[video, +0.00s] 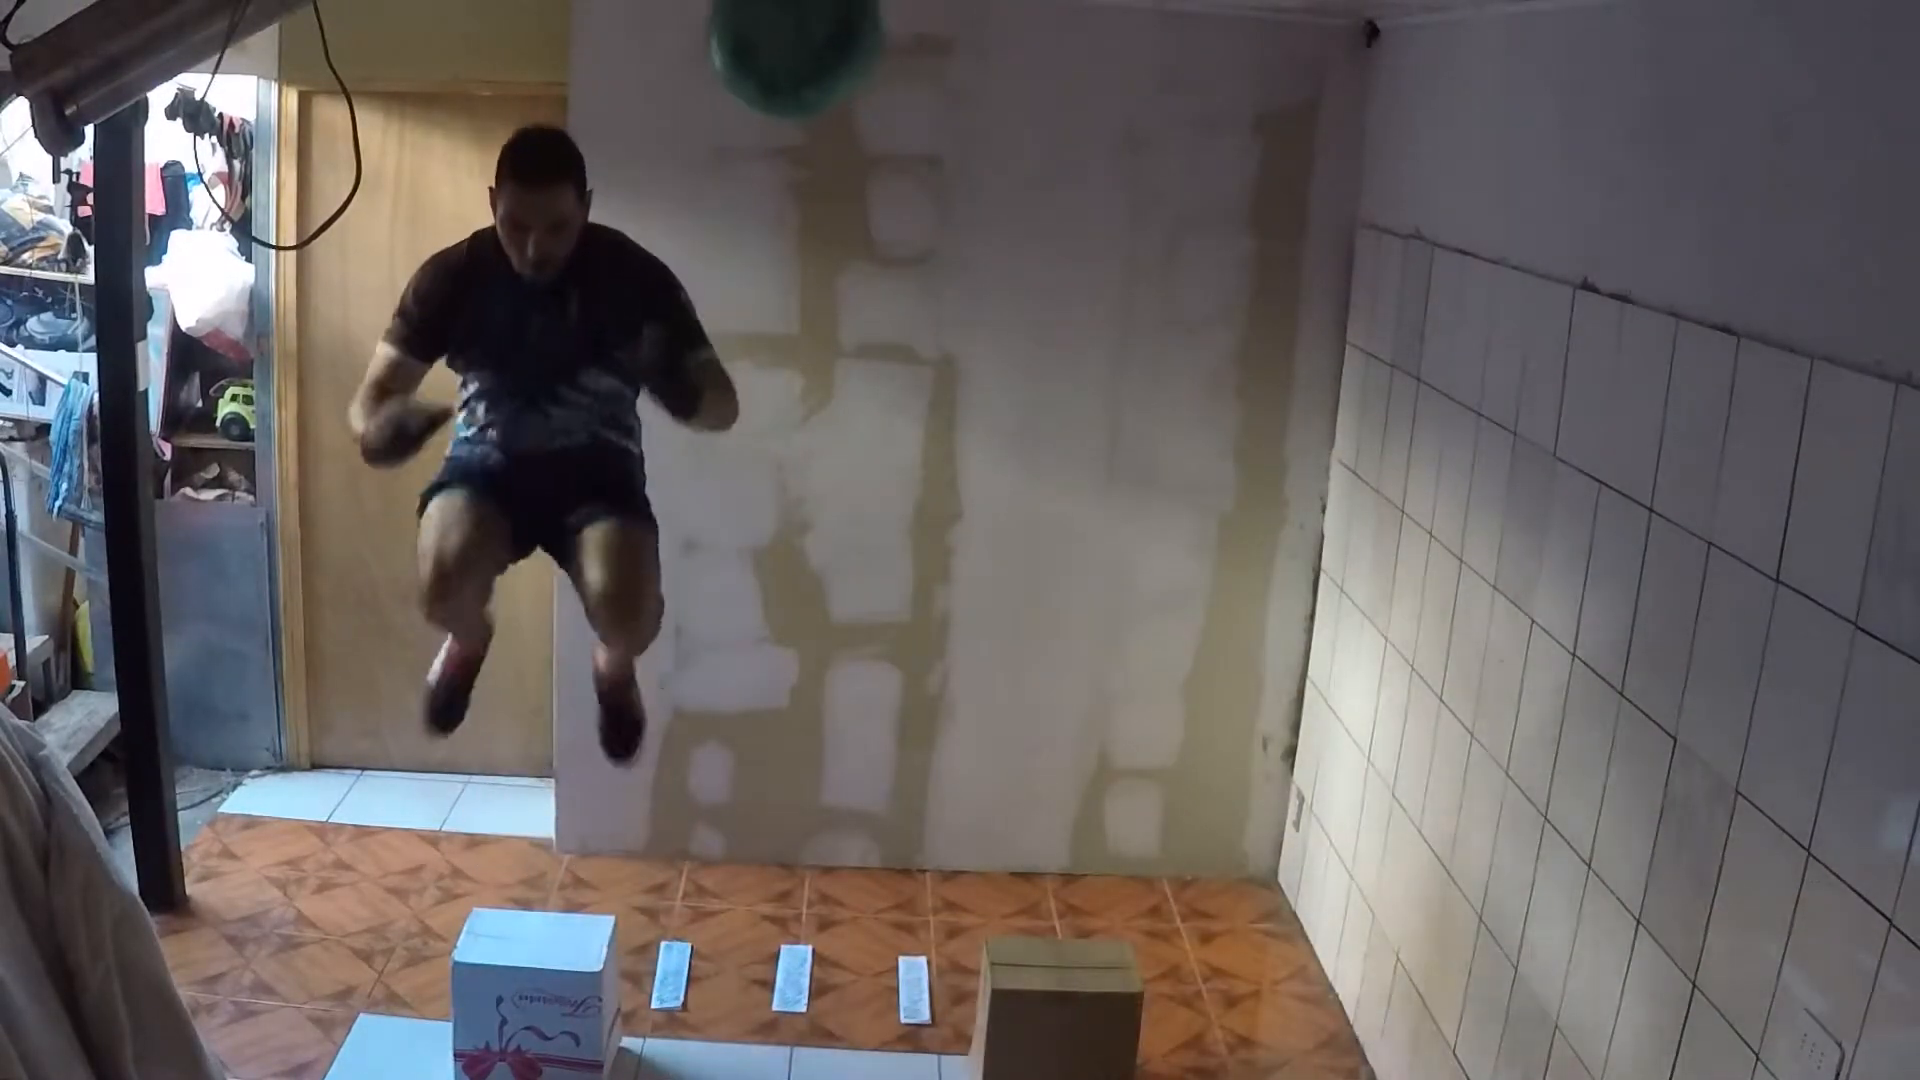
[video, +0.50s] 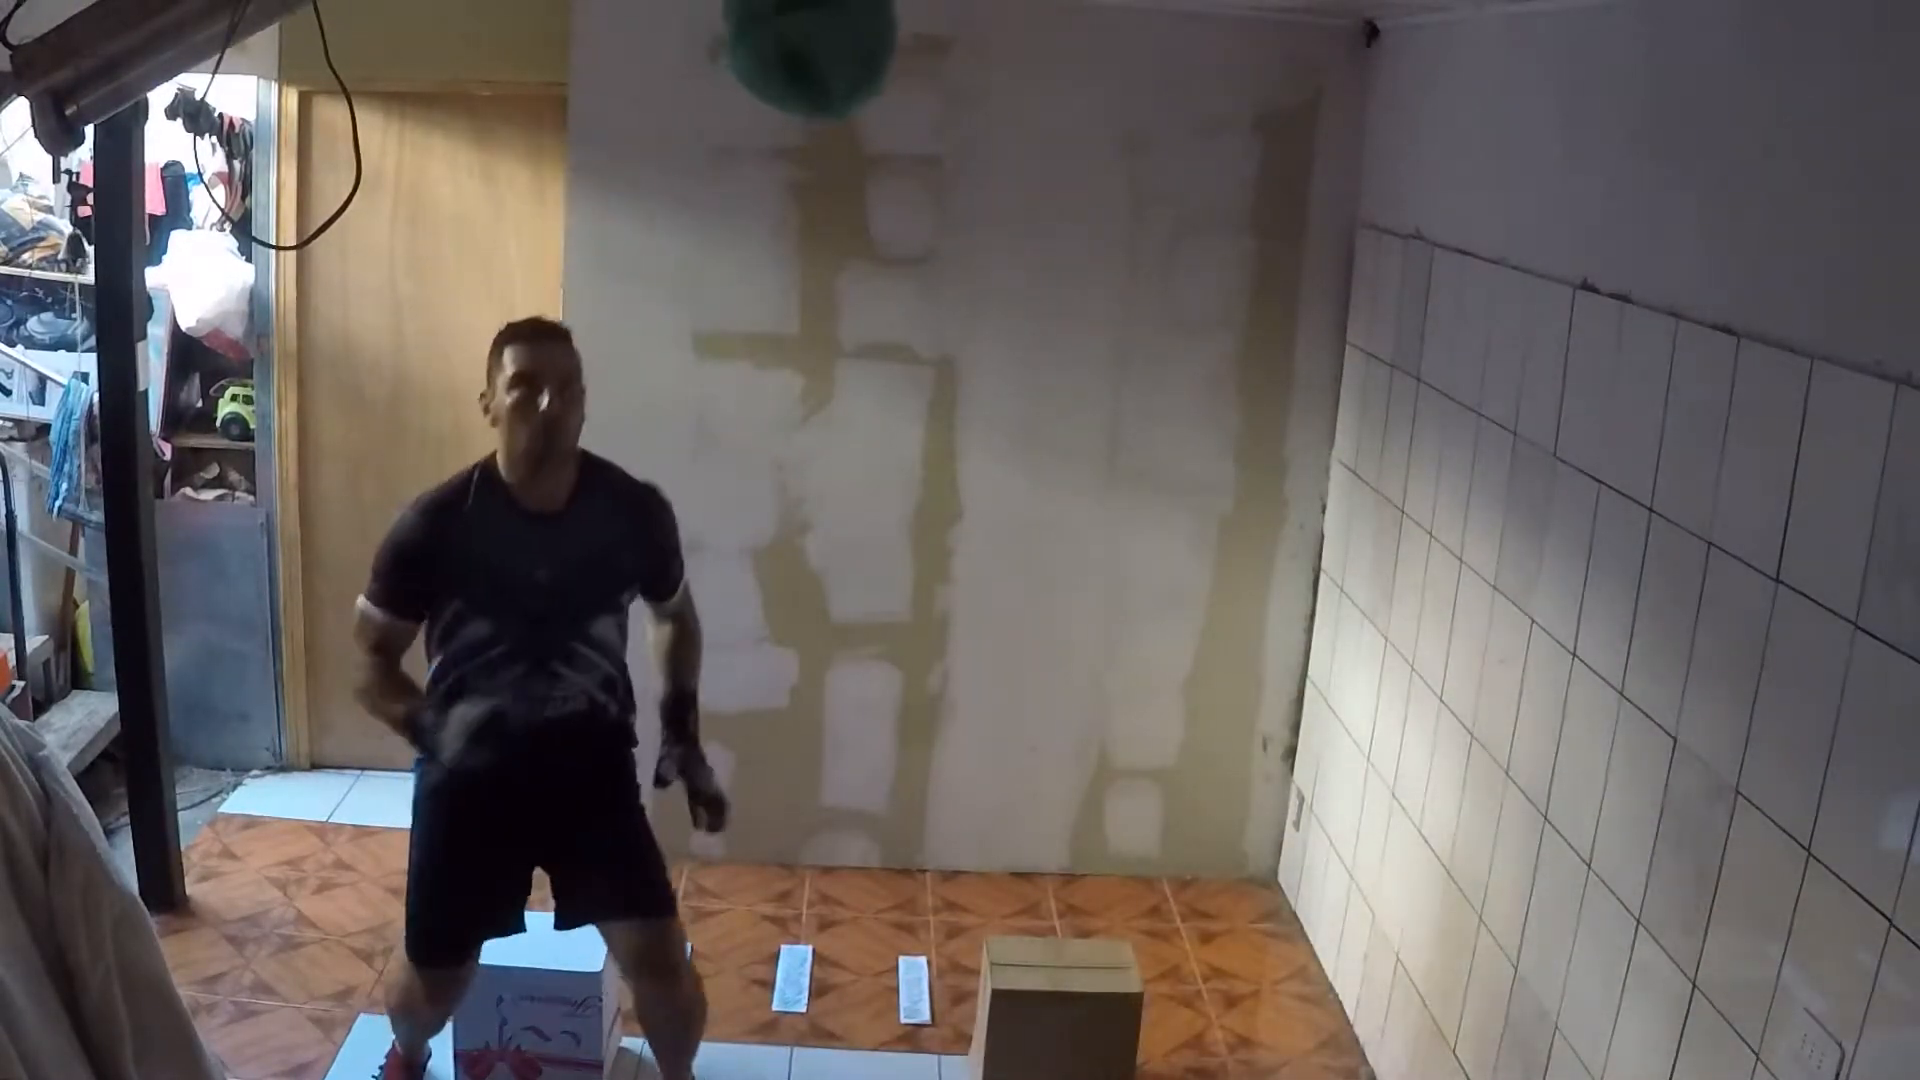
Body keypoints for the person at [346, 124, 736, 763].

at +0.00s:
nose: (535, 249)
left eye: (555, 228)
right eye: (517, 228)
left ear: (584, 209)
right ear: (495, 208)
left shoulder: (629, 273)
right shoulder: (454, 277)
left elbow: (721, 408)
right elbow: (375, 397)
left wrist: (669, 375)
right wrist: (383, 432)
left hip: (596, 447)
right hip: (490, 444)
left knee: (625, 603)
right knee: (443, 577)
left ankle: (615, 672)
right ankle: (467, 643)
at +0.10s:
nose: (534, 256)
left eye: (554, 235)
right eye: (517, 234)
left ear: (585, 217)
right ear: (493, 213)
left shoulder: (634, 290)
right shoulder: (449, 287)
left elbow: (709, 423)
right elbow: (381, 402)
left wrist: (675, 457)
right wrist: (387, 467)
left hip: (596, 487)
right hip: (486, 483)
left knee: (622, 659)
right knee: (439, 645)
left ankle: (657, 816)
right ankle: (416, 795)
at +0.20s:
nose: (538, 292)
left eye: (558, 272)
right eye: (522, 270)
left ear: (586, 262)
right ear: (494, 256)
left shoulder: (636, 344)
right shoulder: (440, 333)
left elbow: (701, 468)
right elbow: (380, 433)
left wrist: (644, 529)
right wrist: (394, 517)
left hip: (585, 578)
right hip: (472, 576)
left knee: (629, 791)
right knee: (432, 788)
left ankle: (681, 982)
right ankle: (396, 969)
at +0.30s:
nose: (536, 380)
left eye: (555, 362)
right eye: (518, 361)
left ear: (581, 367)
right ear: (489, 363)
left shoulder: (628, 465)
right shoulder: (438, 455)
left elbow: (691, 571)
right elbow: (372, 529)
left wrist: (652, 625)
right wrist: (388, 619)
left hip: (579, 719)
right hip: (464, 717)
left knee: (624, 930)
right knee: (426, 932)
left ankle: (688, 1064)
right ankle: (407, 1054)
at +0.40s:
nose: (531, 417)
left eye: (549, 402)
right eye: (513, 400)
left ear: (573, 414)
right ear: (484, 413)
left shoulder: (621, 519)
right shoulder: (426, 523)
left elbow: (662, 642)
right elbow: (360, 624)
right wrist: (383, 728)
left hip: (577, 773)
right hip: (463, 773)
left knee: (626, 969)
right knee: (432, 983)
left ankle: (678, 1059)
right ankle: (406, 1059)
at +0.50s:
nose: (544, 403)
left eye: (562, 388)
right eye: (525, 386)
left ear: (583, 402)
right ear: (489, 403)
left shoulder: (633, 510)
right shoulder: (435, 523)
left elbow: (677, 620)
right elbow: (373, 664)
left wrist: (683, 740)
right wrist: (446, 738)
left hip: (590, 769)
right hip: (471, 775)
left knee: (658, 962)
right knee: (429, 985)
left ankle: (679, 1075)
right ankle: (405, 1058)